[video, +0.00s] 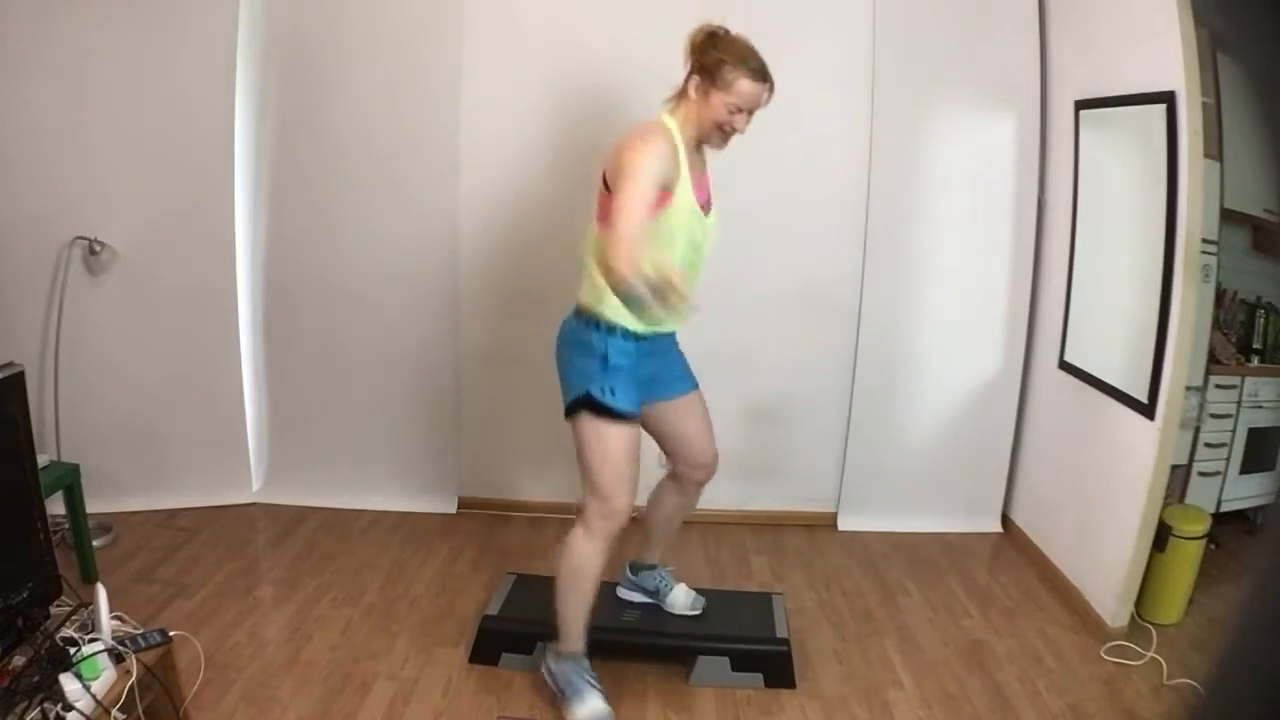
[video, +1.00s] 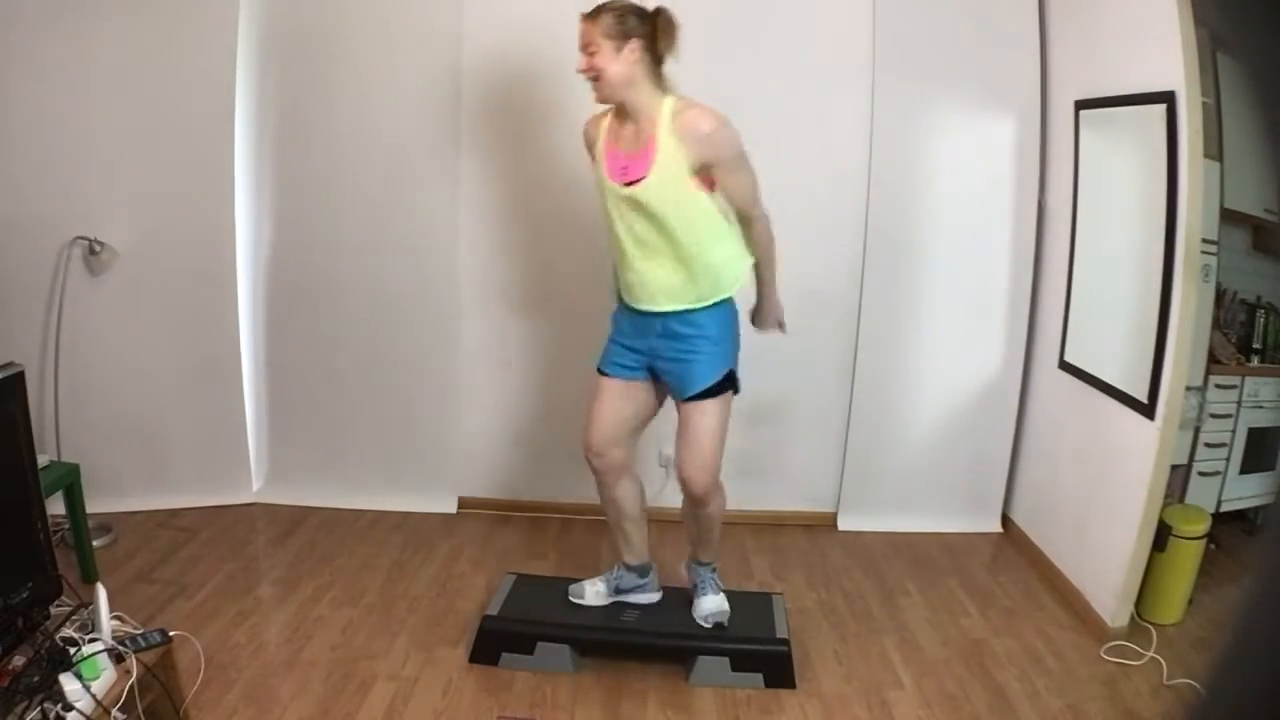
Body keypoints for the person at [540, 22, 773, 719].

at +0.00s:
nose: (741, 125)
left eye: (750, 114)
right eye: (736, 108)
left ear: (716, 100)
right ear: (697, 87)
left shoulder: (693, 158)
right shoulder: (647, 150)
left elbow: (656, 250)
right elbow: (618, 254)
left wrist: (665, 292)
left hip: (655, 345)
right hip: (603, 345)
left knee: (695, 462)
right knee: (606, 510)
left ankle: (643, 573)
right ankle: (565, 656)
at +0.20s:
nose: (731, 150)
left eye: (740, 140)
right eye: (727, 133)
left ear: (691, 118)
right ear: (686, 111)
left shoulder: (665, 174)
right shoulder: (654, 185)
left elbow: (638, 283)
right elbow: (679, 310)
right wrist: (773, 350)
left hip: (649, 374)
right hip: (602, 384)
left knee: (748, 449)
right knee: (623, 547)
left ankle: (675, 549)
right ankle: (566, 677)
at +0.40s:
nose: (737, 133)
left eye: (747, 120)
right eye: (729, 116)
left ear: (750, 115)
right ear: (689, 101)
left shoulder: (685, 167)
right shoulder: (664, 171)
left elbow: (655, 276)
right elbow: (678, 301)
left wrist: (680, 328)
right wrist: (752, 309)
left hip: (667, 362)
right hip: (616, 371)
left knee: (756, 460)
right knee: (615, 536)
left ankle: (704, 550)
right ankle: (565, 674)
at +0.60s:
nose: (703, 103)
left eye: (718, 91)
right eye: (693, 88)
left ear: (747, 93)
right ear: (682, 84)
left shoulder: (757, 164)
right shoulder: (646, 149)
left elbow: (744, 254)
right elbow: (590, 243)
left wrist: (748, 329)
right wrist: (659, 289)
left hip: (702, 348)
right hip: (630, 343)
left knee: (724, 487)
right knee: (621, 503)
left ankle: (689, 572)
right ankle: (574, 651)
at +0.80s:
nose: (635, 49)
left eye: (647, 35)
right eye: (631, 36)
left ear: (694, 35)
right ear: (630, 40)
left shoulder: (749, 116)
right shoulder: (621, 108)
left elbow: (770, 209)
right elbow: (594, 171)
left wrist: (767, 288)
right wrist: (589, 213)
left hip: (715, 314)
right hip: (636, 305)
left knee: (711, 462)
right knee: (596, 450)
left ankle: (696, 569)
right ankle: (611, 564)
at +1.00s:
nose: (582, 66)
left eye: (591, 52)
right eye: (581, 54)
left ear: (634, 51)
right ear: (622, 56)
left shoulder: (702, 129)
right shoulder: (598, 131)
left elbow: (753, 216)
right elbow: (629, 222)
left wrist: (767, 296)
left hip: (703, 317)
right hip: (634, 316)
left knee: (697, 477)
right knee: (605, 449)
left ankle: (703, 573)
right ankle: (636, 573)